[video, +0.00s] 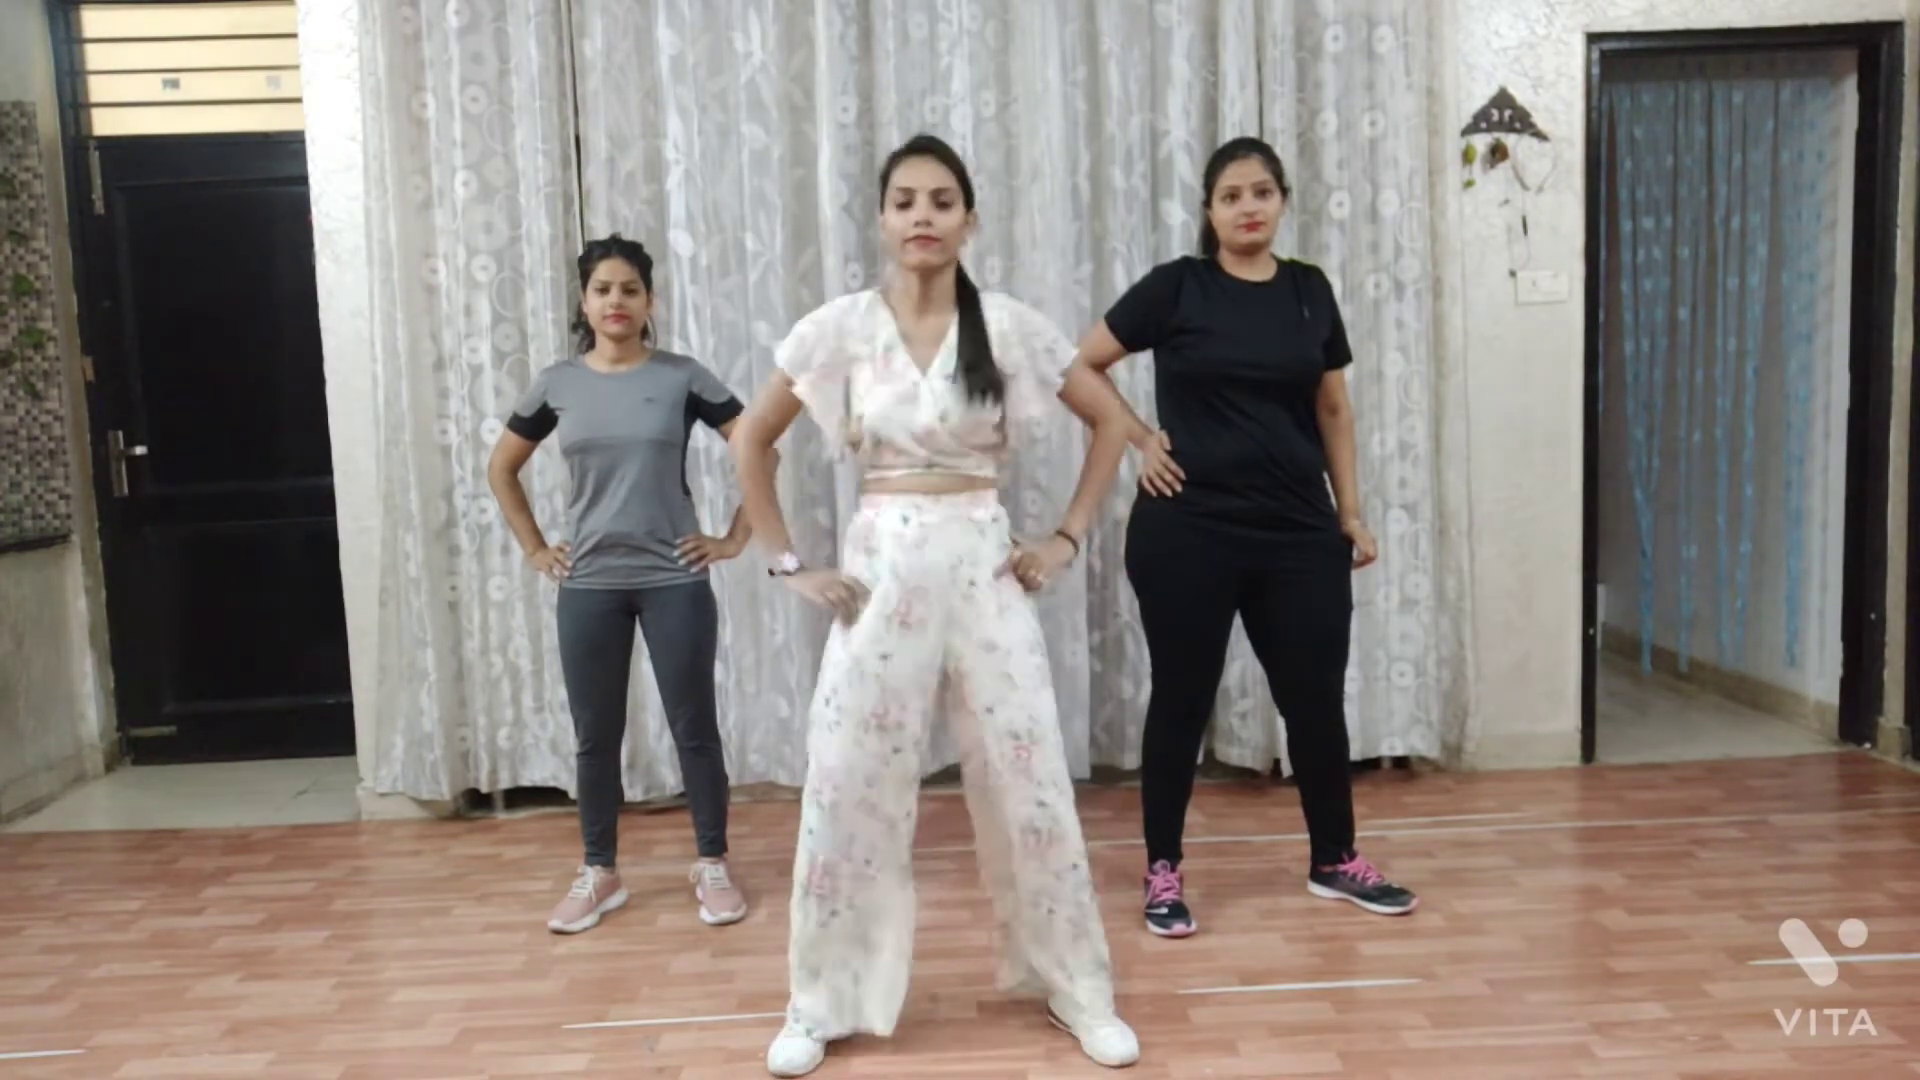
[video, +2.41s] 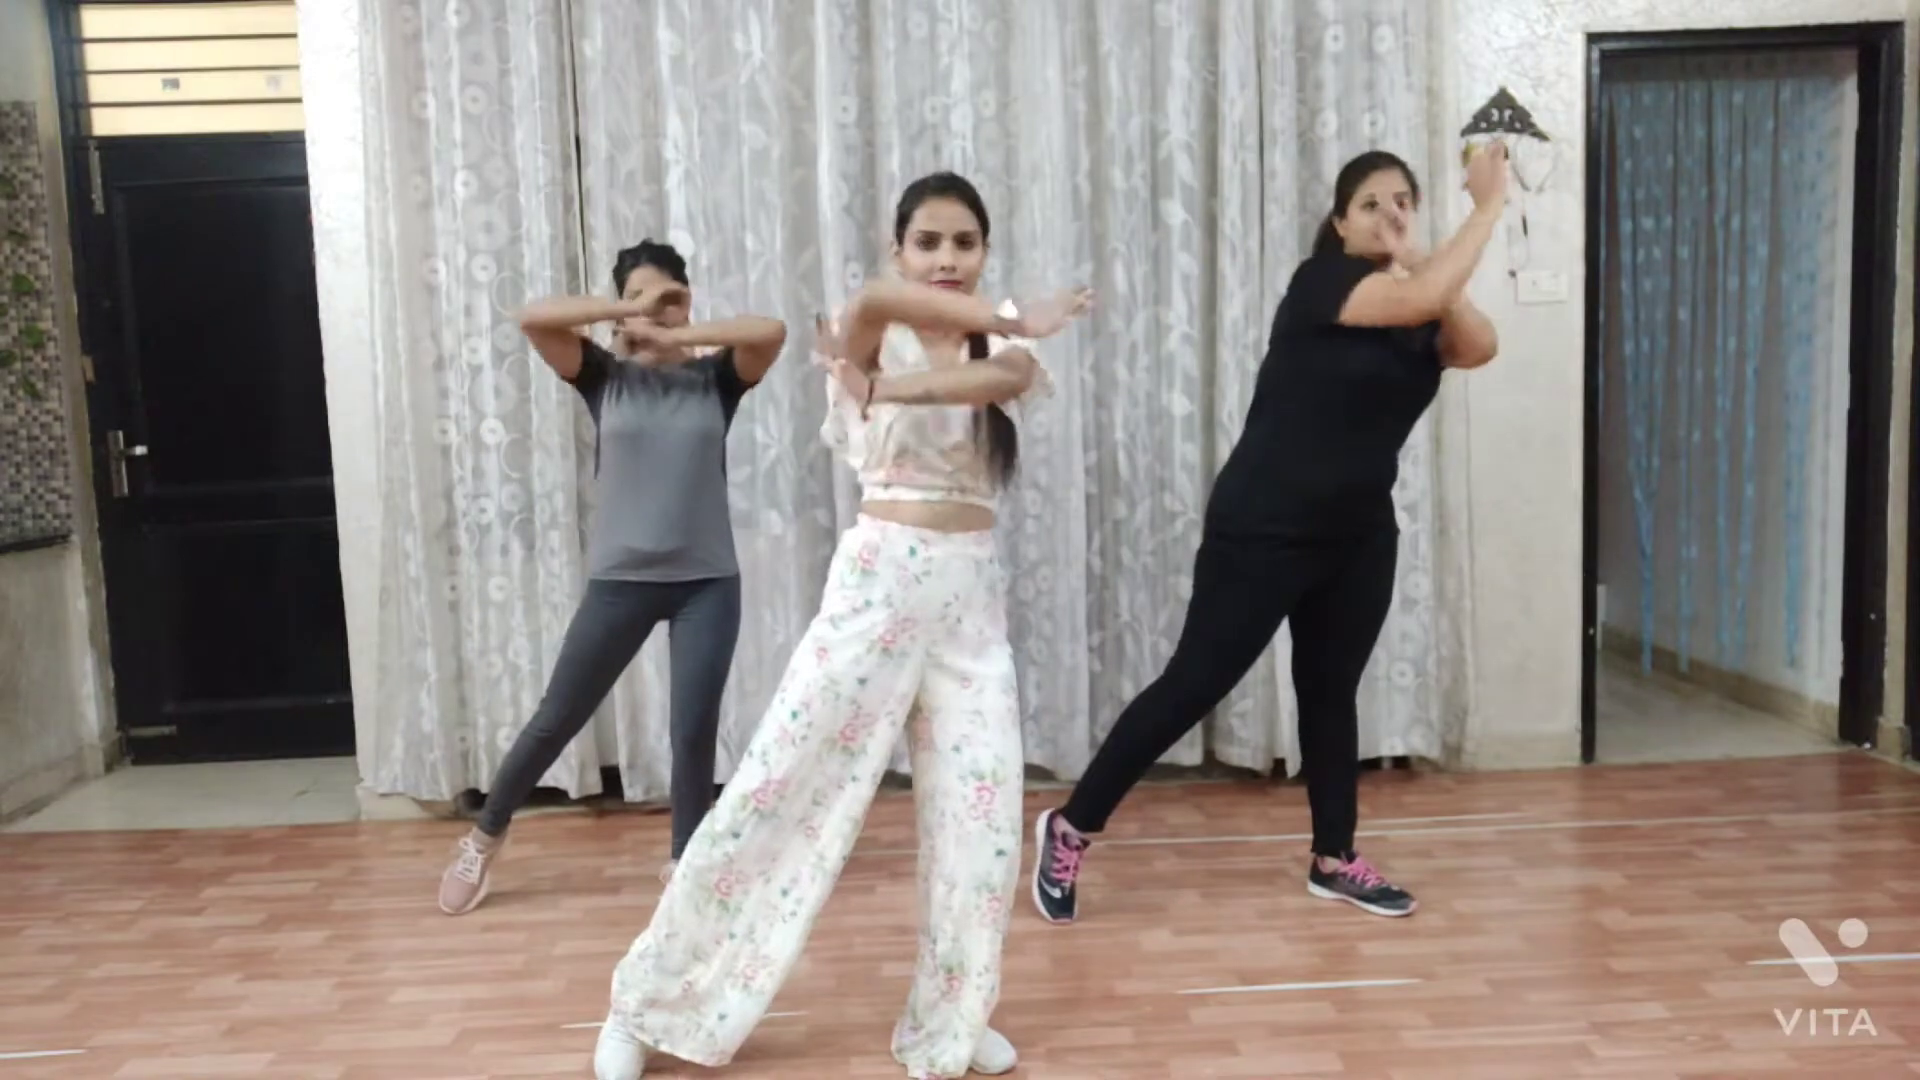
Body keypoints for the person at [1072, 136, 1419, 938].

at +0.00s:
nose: (1249, 208)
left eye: (1263, 193)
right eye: (1233, 196)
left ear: (1283, 203)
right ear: (1209, 208)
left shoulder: (1309, 291)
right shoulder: (1174, 290)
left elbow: (1335, 411)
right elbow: (1077, 371)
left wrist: (1349, 513)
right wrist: (1140, 436)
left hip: (1297, 530)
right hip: (1188, 528)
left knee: (1317, 700)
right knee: (1180, 703)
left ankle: (1335, 861)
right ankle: (1164, 870)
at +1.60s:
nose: (1343, 190)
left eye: (1357, 180)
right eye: (1327, 181)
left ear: (1379, 204)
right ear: (1303, 206)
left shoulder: (1394, 298)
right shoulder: (1269, 283)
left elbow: (1420, 402)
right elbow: (1159, 358)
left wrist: (1450, 488)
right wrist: (1131, 462)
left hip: (1357, 527)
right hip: (1252, 522)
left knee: (1340, 695)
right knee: (1190, 689)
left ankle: (1334, 859)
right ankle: (1078, 834)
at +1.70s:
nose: (1361, 200)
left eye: (1374, 190)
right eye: (1344, 191)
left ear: (1392, 212)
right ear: (1317, 213)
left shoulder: (1405, 307)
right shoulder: (1284, 278)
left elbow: (1485, 375)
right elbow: (1176, 314)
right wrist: (1152, 404)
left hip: (1358, 528)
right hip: (1256, 520)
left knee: (1336, 692)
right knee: (1195, 689)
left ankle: (1335, 856)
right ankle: (1079, 836)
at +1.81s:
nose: (1370, 204)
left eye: (1383, 194)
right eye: (1353, 194)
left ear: (1397, 215)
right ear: (1323, 214)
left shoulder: (1412, 306)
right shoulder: (1292, 270)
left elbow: (1511, 335)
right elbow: (1229, 278)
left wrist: (1611, 349)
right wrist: (1241, 331)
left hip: (1357, 527)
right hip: (1260, 517)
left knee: (1335, 691)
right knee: (1195, 687)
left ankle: (1335, 856)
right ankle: (1077, 831)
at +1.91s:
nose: (1374, 209)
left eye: (1386, 198)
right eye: (1357, 198)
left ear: (1399, 215)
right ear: (1325, 216)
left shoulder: (1414, 301)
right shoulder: (1296, 269)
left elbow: (1521, 309)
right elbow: (1270, 255)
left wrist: (1617, 296)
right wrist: (1337, 282)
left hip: (1356, 530)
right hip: (1257, 520)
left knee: (1333, 694)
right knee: (1195, 684)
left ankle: (1335, 857)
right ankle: (1075, 831)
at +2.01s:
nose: (1379, 209)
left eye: (1393, 200)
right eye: (1363, 199)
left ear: (1413, 217)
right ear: (1333, 221)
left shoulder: (1417, 306)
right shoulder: (1311, 282)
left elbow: (1519, 299)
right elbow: (1349, 243)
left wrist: (1522, 224)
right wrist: (1467, 204)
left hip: (1356, 532)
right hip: (1259, 522)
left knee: (1330, 695)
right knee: (1188, 685)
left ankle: (1334, 857)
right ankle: (1069, 831)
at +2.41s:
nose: (1393, 215)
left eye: (1405, 203)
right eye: (1374, 204)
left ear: (1417, 220)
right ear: (1341, 221)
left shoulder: (1418, 313)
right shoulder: (1323, 282)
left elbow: (1481, 347)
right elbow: (1425, 298)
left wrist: (1426, 273)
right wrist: (1490, 206)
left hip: (1355, 529)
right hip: (1263, 521)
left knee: (1332, 693)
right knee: (1193, 686)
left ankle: (1334, 858)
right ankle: (1070, 830)